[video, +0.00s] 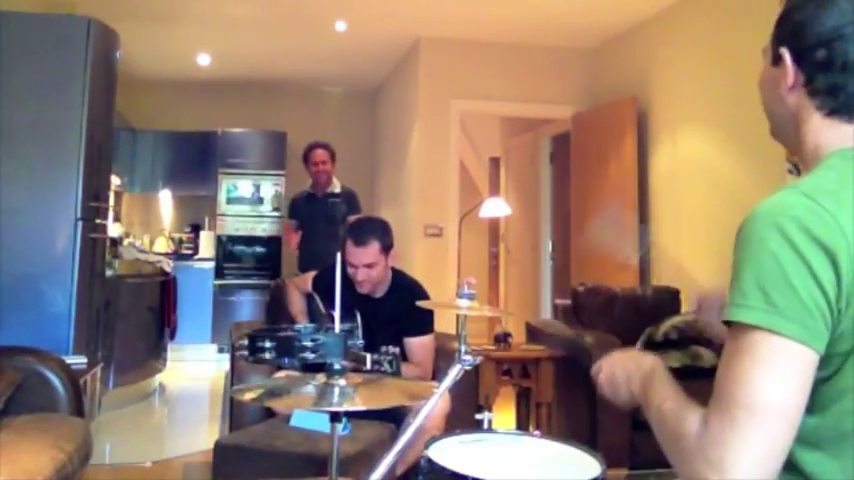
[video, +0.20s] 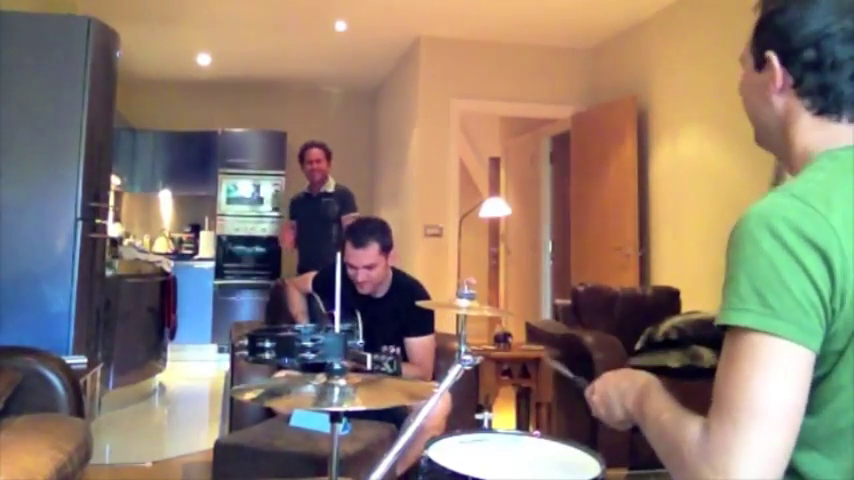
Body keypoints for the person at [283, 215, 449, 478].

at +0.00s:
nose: (359, 276)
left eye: (369, 267)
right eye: (352, 266)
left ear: (389, 258)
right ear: (344, 257)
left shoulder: (411, 295)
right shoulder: (335, 277)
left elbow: (423, 371)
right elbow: (293, 287)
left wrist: (370, 366)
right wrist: (304, 327)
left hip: (389, 389)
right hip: (334, 382)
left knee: (437, 403)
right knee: (280, 388)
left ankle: (389, 473)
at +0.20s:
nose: (360, 277)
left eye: (369, 268)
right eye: (352, 267)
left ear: (389, 258)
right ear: (344, 259)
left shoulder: (412, 294)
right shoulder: (336, 277)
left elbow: (423, 371)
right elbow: (293, 287)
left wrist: (370, 366)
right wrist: (305, 329)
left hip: (390, 389)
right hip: (336, 382)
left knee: (438, 403)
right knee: (280, 389)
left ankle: (388, 473)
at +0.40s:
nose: (361, 277)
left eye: (370, 267)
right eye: (353, 267)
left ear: (391, 258)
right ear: (345, 257)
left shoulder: (413, 295)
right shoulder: (336, 277)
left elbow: (424, 371)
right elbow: (293, 286)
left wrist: (370, 366)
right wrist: (305, 330)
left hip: (389, 389)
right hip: (336, 382)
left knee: (439, 403)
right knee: (280, 386)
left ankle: (388, 473)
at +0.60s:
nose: (361, 278)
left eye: (370, 269)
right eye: (353, 268)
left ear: (390, 259)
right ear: (344, 258)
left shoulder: (413, 295)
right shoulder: (335, 278)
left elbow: (423, 371)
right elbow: (294, 285)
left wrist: (368, 365)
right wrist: (306, 331)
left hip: (390, 388)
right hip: (337, 381)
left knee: (439, 403)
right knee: (282, 386)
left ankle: (389, 473)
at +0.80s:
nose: (359, 283)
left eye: (368, 273)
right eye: (352, 274)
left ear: (388, 260)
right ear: (344, 263)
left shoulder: (412, 295)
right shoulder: (333, 279)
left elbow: (424, 371)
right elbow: (294, 285)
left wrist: (369, 365)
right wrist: (305, 329)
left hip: (389, 389)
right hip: (335, 381)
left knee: (440, 402)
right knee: (280, 388)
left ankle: (388, 473)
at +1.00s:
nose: (356, 281)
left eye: (365, 271)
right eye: (350, 271)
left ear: (387, 260)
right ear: (342, 261)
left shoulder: (412, 295)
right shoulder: (333, 279)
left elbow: (423, 371)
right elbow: (295, 283)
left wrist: (368, 365)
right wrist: (305, 328)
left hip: (388, 390)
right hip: (334, 383)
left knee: (439, 402)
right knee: (281, 385)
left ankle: (389, 473)